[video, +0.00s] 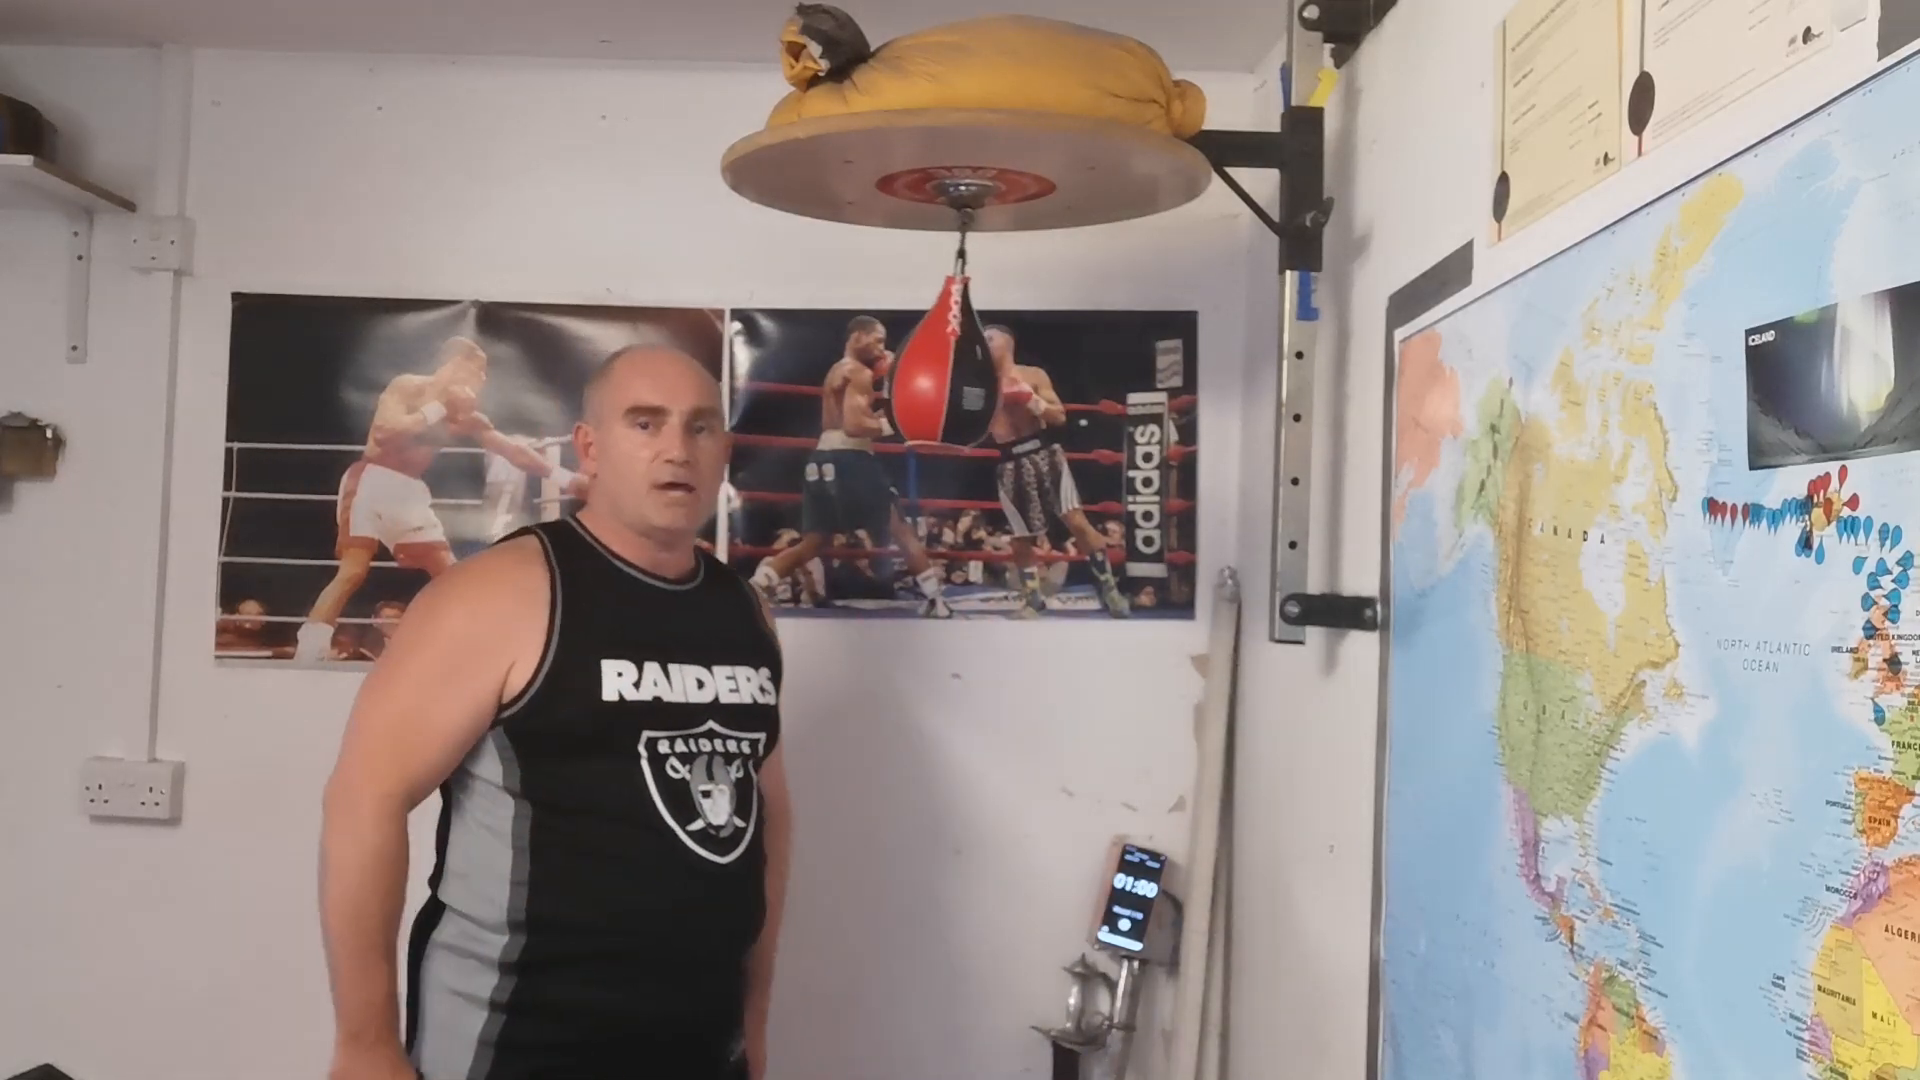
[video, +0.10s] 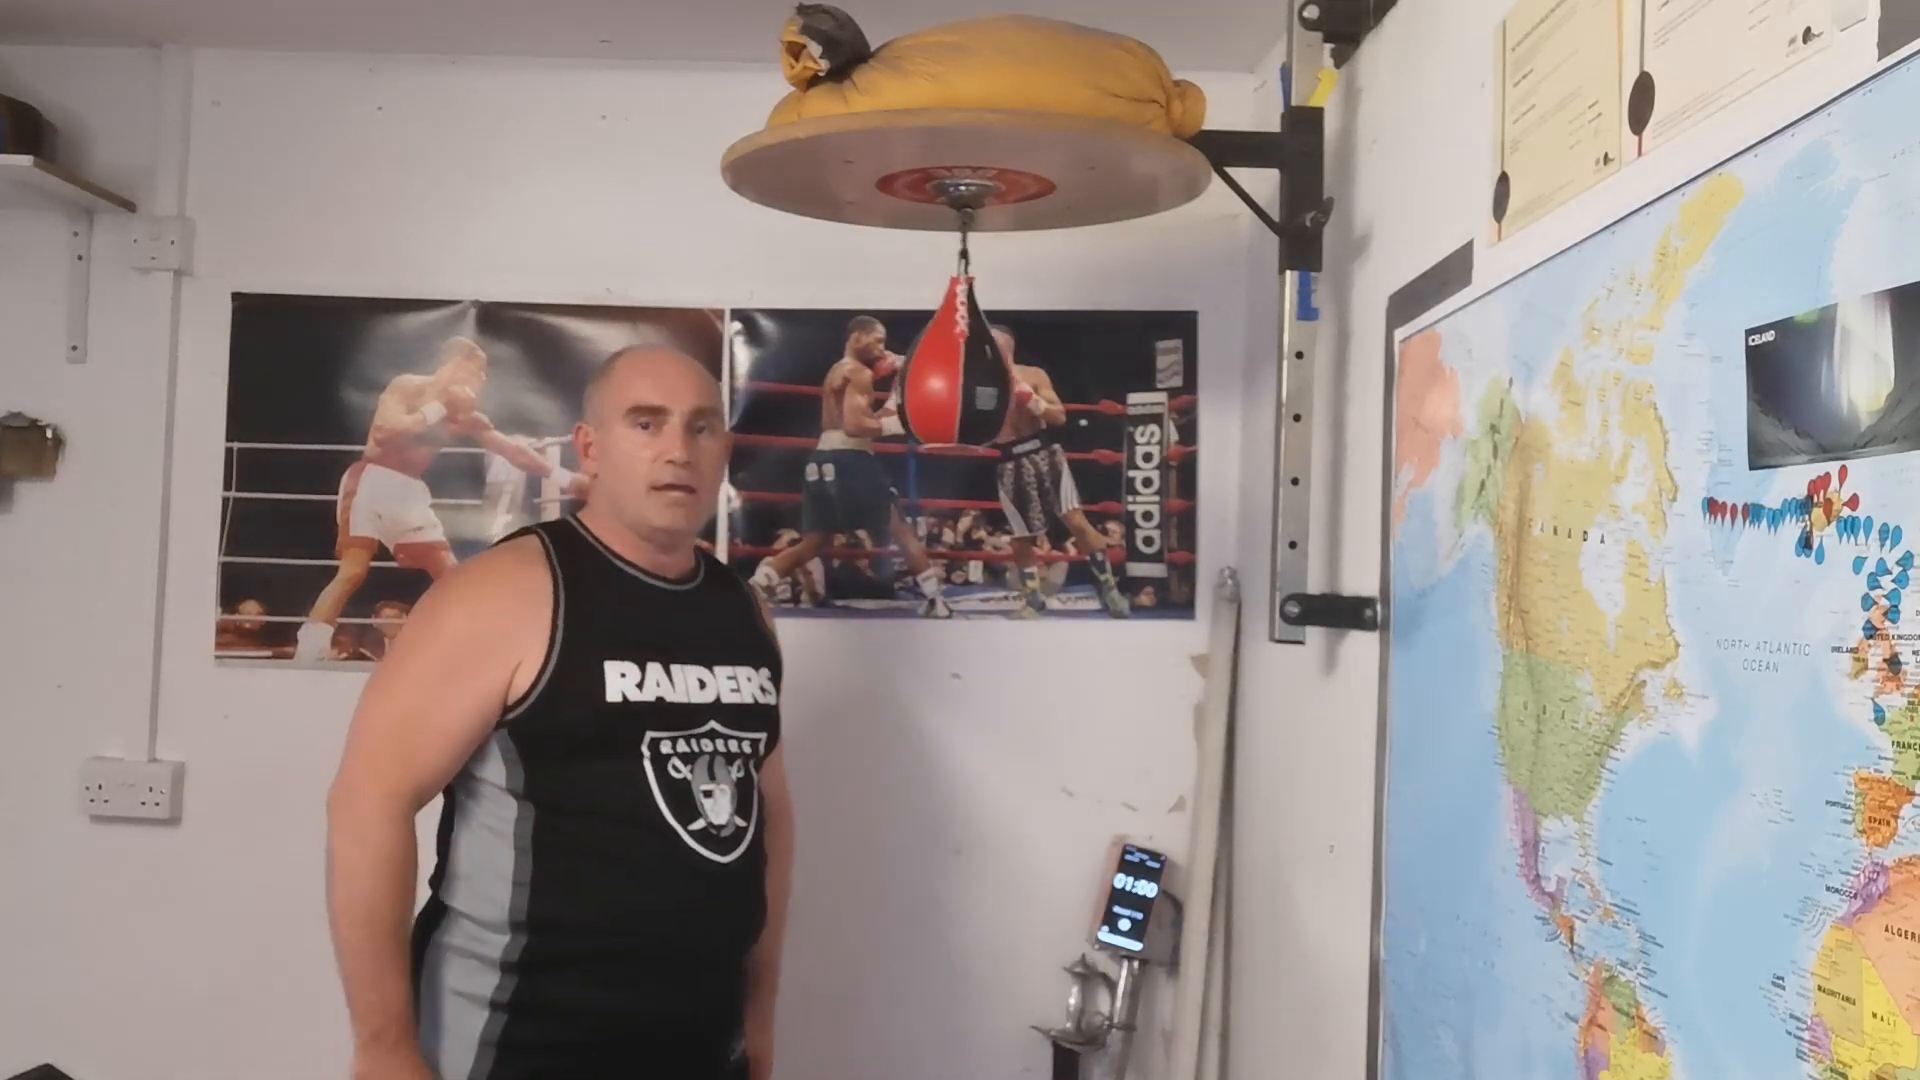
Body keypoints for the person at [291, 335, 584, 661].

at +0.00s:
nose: (476, 386)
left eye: (480, 379)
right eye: (473, 375)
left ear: (476, 382)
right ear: (451, 366)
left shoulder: (464, 415)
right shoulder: (405, 386)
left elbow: (511, 450)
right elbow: (384, 431)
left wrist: (564, 478)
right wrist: (434, 411)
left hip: (409, 493)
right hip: (369, 484)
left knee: (448, 573)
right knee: (353, 571)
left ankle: (464, 652)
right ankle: (307, 652)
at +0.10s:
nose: (477, 385)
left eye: (480, 378)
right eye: (473, 375)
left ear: (477, 382)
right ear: (451, 366)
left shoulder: (464, 415)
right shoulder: (405, 386)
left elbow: (511, 450)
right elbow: (384, 432)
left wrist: (564, 478)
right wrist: (435, 411)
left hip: (409, 493)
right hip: (369, 484)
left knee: (448, 572)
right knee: (353, 571)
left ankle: (464, 651)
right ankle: (307, 650)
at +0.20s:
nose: (478, 382)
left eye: (481, 375)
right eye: (474, 372)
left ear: (476, 378)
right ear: (452, 364)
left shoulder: (464, 413)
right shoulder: (404, 386)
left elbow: (512, 451)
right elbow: (382, 433)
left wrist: (563, 477)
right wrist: (433, 413)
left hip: (409, 492)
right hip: (370, 483)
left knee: (449, 573)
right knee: (353, 570)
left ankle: (466, 652)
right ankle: (307, 652)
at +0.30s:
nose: (474, 382)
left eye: (479, 376)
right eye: (470, 372)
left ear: (480, 380)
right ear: (450, 366)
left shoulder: (464, 412)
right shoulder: (406, 386)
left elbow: (510, 450)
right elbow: (383, 433)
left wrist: (559, 476)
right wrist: (436, 412)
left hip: (409, 493)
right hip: (371, 483)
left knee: (449, 574)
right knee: (353, 571)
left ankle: (467, 656)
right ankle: (307, 651)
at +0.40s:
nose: (480, 381)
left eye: (482, 375)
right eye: (475, 371)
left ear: (476, 378)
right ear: (453, 364)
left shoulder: (464, 411)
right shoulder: (406, 386)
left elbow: (509, 449)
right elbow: (382, 433)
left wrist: (558, 475)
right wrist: (433, 414)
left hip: (410, 492)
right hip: (371, 482)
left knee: (449, 573)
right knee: (352, 572)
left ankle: (461, 655)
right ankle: (307, 650)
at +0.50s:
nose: (480, 381)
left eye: (483, 374)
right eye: (475, 370)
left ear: (474, 378)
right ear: (452, 364)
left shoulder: (464, 409)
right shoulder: (406, 386)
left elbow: (507, 448)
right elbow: (384, 432)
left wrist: (555, 473)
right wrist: (436, 411)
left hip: (409, 493)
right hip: (369, 483)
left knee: (449, 573)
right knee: (352, 572)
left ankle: (466, 651)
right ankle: (308, 649)